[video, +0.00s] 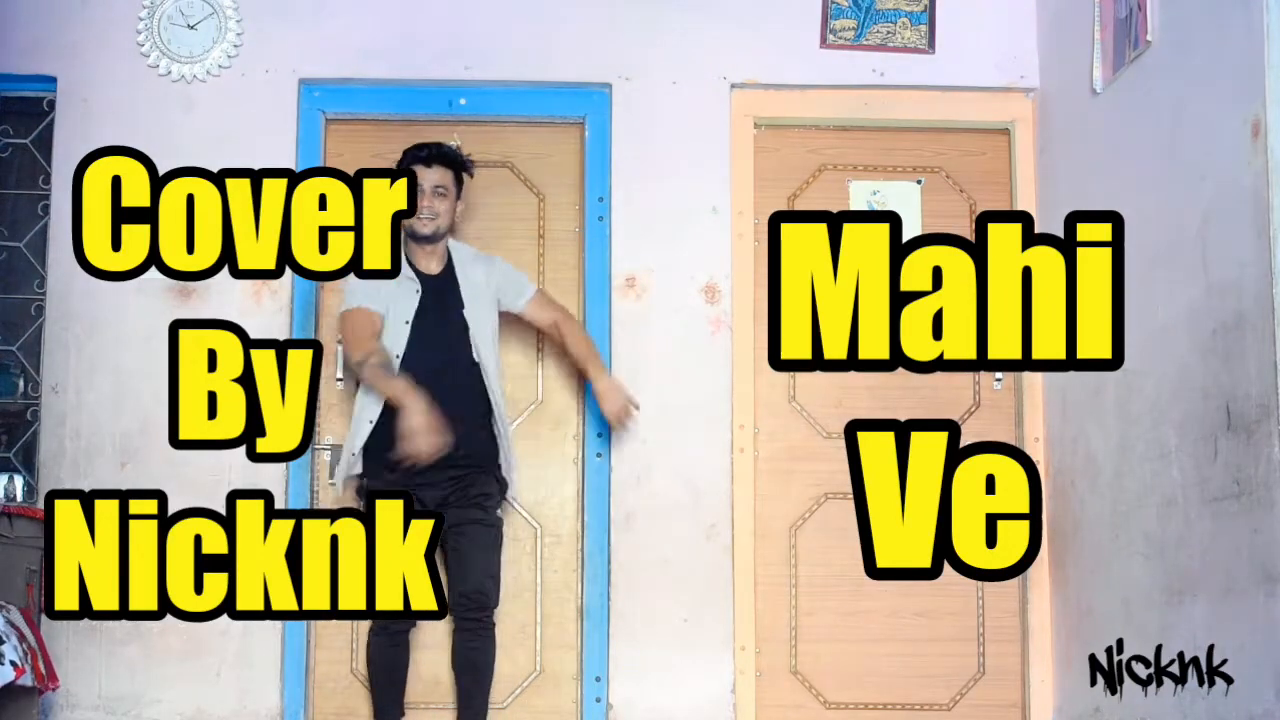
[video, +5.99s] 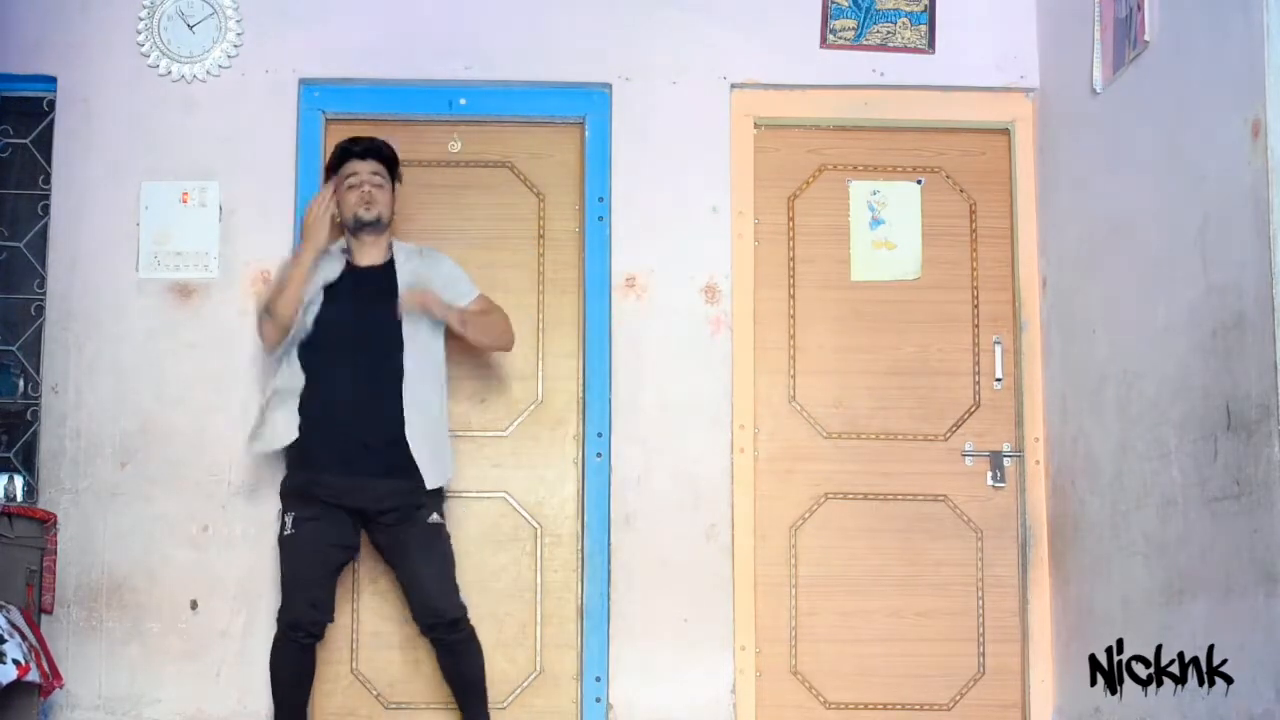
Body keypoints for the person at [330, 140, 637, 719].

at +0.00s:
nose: (427, 201)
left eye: (439, 191)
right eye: (416, 190)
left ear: (458, 201)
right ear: (398, 199)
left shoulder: (485, 271)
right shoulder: (372, 274)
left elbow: (559, 320)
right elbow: (360, 349)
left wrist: (601, 380)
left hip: (473, 472)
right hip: (395, 476)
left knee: (476, 611)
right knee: (393, 613)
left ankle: (473, 718)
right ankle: (387, 717)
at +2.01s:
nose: (502, 255)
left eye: (516, 242)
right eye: (491, 241)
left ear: (539, 237)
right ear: (478, 234)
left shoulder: (564, 308)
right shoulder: (448, 293)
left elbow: (584, 400)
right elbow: (406, 358)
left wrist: (524, 340)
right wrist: (421, 271)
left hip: (556, 499)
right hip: (475, 499)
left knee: (566, 631)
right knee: (437, 600)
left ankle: (578, 719)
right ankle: (485, 708)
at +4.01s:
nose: (520, 219)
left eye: (531, 205)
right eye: (506, 207)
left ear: (544, 203)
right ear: (483, 207)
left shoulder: (563, 270)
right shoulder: (446, 267)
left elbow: (560, 364)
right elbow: (392, 328)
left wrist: (483, 340)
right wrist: (385, 227)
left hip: (509, 486)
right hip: (423, 478)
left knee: (534, 623)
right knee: (387, 614)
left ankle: (567, 717)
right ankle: (385, 717)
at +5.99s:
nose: (367, 188)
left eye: (378, 180)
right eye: (353, 181)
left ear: (395, 196)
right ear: (333, 200)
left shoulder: (429, 266)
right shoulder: (308, 270)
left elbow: (502, 335)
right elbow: (272, 332)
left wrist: (444, 309)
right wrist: (313, 246)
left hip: (405, 483)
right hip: (318, 481)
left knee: (446, 621)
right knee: (299, 626)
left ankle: (478, 715)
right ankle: (289, 719)